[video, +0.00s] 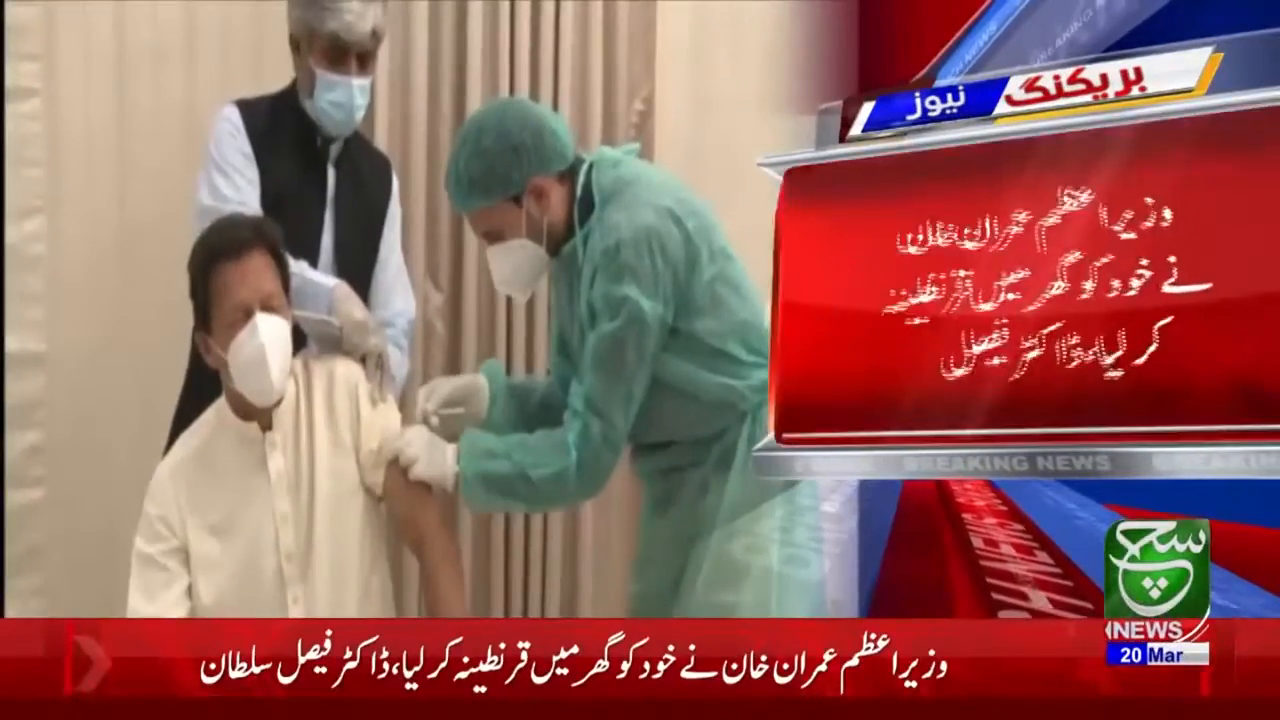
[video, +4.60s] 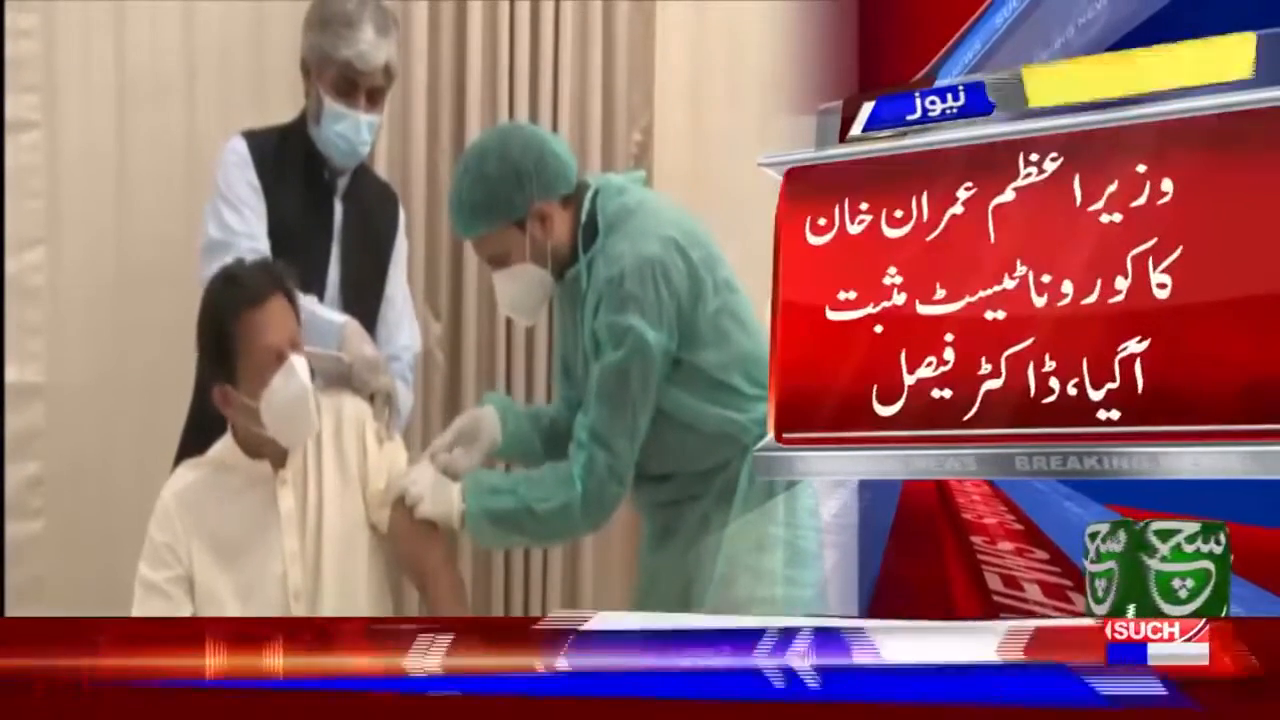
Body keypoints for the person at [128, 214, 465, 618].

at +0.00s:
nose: (263, 329)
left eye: (272, 309)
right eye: (242, 318)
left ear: (291, 312)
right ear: (210, 349)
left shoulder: (343, 390)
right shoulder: (178, 480)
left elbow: (430, 535)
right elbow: (158, 638)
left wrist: (454, 646)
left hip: (363, 670)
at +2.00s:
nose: (267, 341)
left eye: (275, 320)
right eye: (246, 330)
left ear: (294, 322)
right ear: (211, 355)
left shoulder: (344, 400)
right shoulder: (180, 485)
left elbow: (428, 540)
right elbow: (158, 637)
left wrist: (452, 648)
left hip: (363, 674)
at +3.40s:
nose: (295, 397)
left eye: (300, 375)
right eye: (274, 386)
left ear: (311, 361)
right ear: (225, 396)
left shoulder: (348, 424)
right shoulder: (185, 499)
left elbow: (428, 559)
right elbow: (156, 645)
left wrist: (458, 662)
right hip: (242, 692)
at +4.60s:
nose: (299, 371)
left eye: (298, 350)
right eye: (274, 364)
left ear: (308, 347)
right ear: (227, 401)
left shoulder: (348, 424)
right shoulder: (186, 500)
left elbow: (431, 560)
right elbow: (156, 649)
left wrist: (464, 664)